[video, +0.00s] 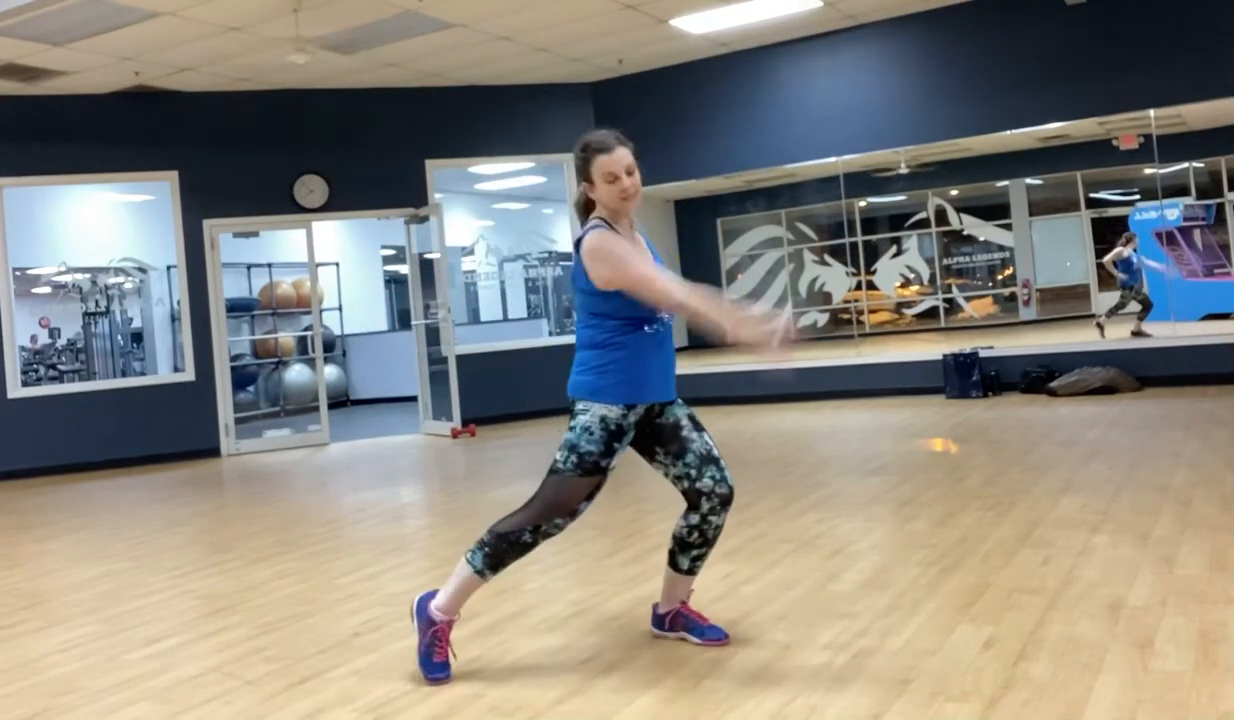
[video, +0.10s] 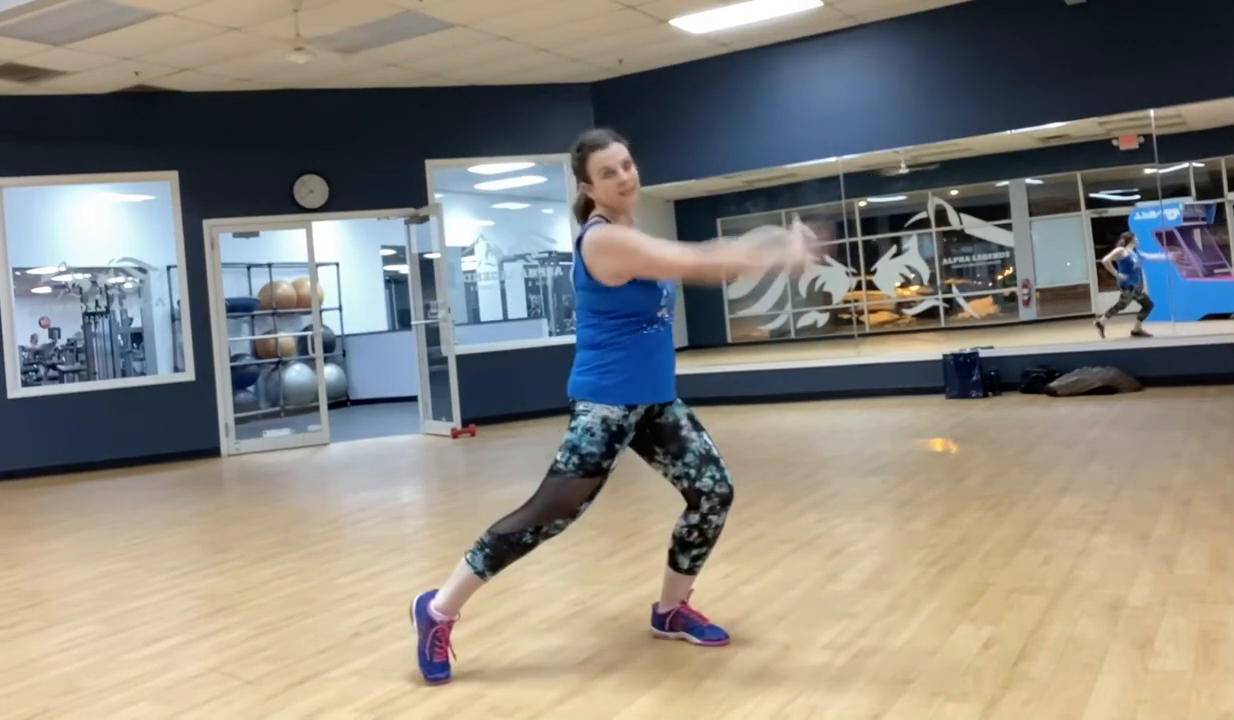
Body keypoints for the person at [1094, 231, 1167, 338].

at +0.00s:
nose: (1136, 243)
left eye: (1136, 240)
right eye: (1135, 240)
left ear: (1128, 241)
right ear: (1130, 241)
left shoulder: (1133, 254)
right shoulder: (1121, 250)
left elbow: (1147, 262)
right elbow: (1106, 261)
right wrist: (1117, 274)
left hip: (1135, 286)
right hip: (1127, 286)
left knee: (1148, 305)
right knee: (1121, 305)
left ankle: (1137, 328)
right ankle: (1101, 321)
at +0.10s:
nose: (1136, 242)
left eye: (1136, 240)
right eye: (1134, 240)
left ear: (1129, 241)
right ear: (1129, 241)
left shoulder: (1135, 253)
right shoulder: (1121, 250)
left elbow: (1150, 256)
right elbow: (1106, 260)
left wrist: (1168, 256)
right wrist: (1117, 275)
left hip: (1136, 287)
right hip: (1128, 286)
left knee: (1148, 305)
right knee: (1121, 305)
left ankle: (1137, 328)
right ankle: (1101, 321)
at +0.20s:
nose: (1135, 240)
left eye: (1135, 238)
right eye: (1133, 238)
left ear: (1127, 240)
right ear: (1129, 240)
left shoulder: (1134, 250)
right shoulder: (1121, 250)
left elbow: (1149, 249)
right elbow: (1105, 260)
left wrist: (1163, 241)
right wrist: (1117, 274)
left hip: (1135, 286)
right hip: (1127, 286)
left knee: (1148, 305)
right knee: (1120, 305)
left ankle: (1137, 328)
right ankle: (1101, 321)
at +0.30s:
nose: (1134, 239)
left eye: (1133, 238)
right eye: (1132, 238)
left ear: (1127, 240)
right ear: (1128, 240)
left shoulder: (1132, 249)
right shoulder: (1121, 250)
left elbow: (1145, 242)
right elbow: (1106, 260)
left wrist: (1154, 232)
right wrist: (1118, 274)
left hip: (1135, 285)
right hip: (1128, 285)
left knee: (1148, 304)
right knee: (1121, 305)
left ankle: (1137, 328)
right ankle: (1101, 321)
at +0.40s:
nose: (1133, 240)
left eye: (1132, 238)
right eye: (1131, 238)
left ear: (1124, 240)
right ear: (1126, 240)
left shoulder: (1131, 249)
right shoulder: (1121, 250)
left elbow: (1139, 242)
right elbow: (1107, 260)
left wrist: (1145, 233)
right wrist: (1117, 274)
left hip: (1135, 285)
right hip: (1128, 285)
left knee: (1147, 305)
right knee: (1120, 305)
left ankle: (1137, 328)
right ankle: (1101, 321)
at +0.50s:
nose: (1131, 237)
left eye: (1129, 235)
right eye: (1128, 236)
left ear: (1124, 240)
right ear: (1124, 239)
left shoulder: (1130, 249)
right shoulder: (1122, 250)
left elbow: (1135, 234)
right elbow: (1108, 260)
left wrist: (1138, 221)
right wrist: (1118, 274)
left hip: (1135, 285)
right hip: (1128, 284)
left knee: (1147, 305)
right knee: (1119, 305)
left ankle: (1137, 328)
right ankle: (1101, 321)